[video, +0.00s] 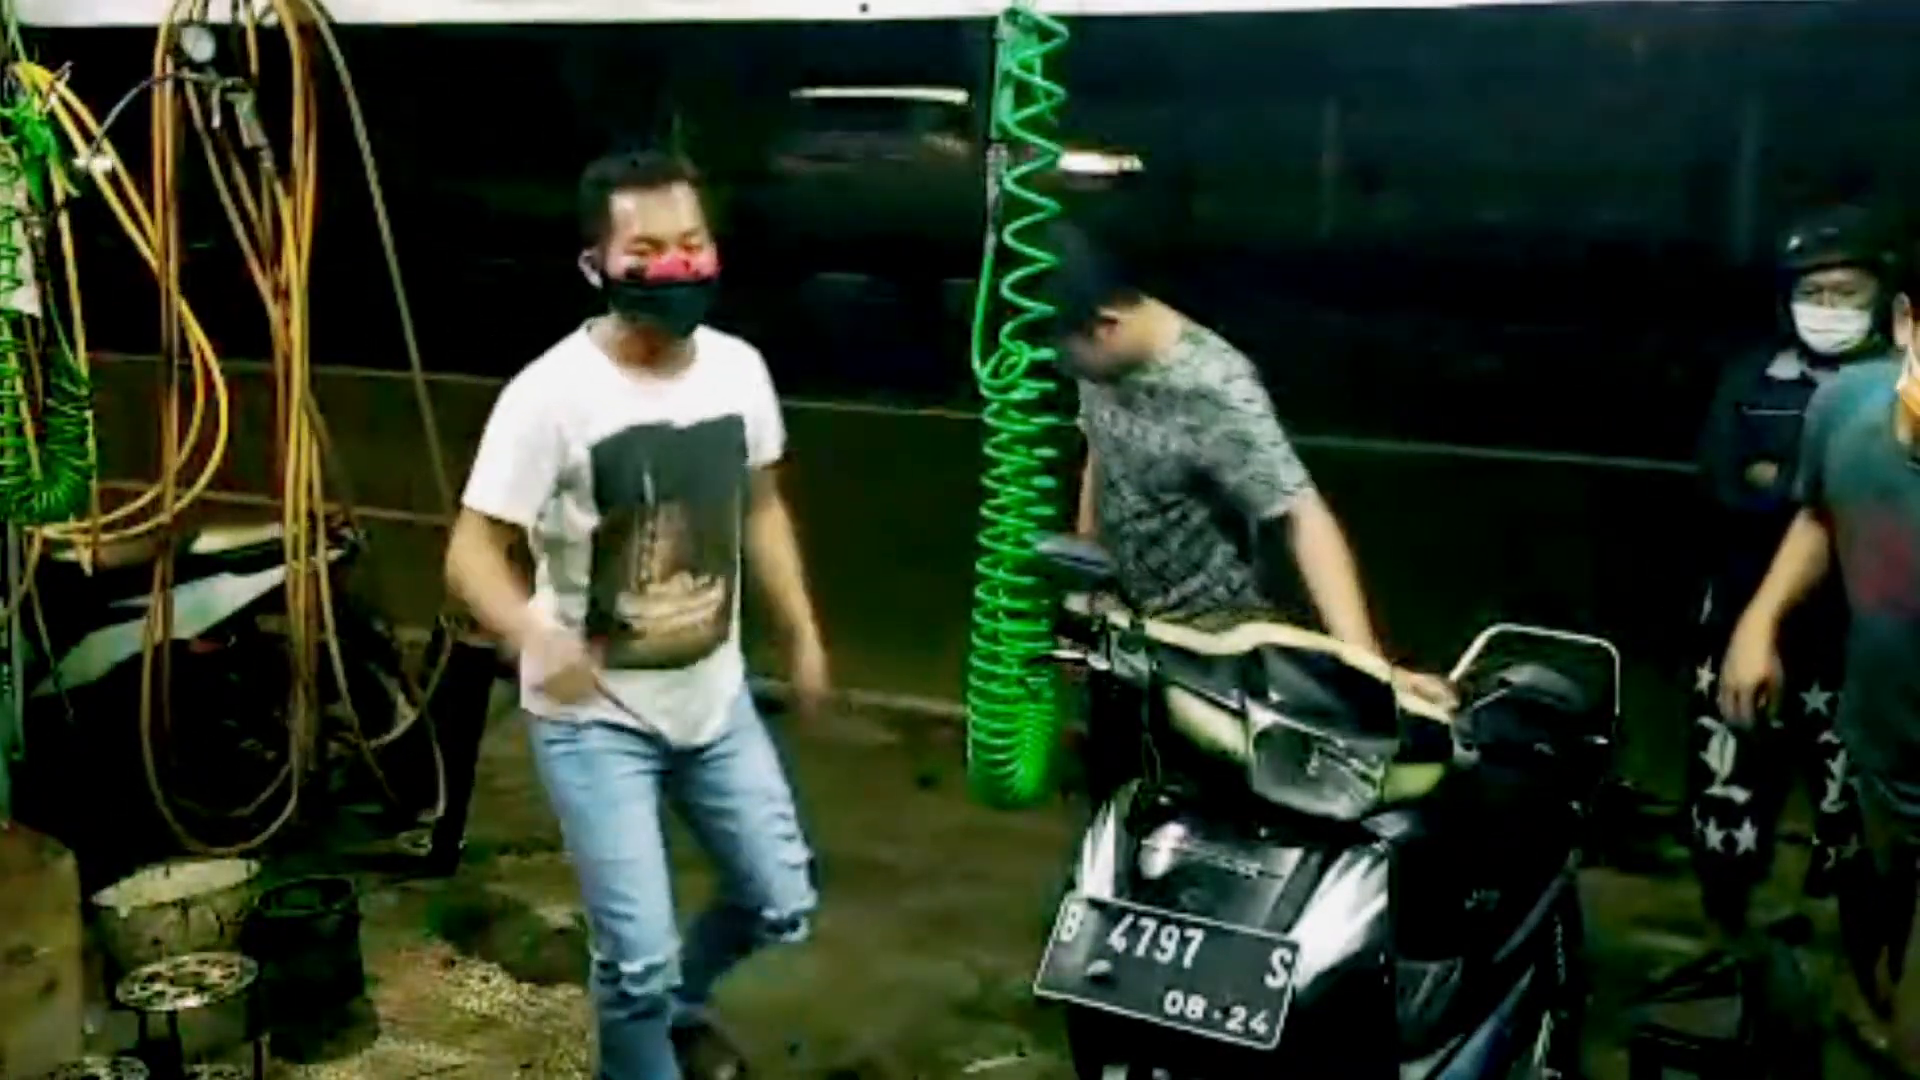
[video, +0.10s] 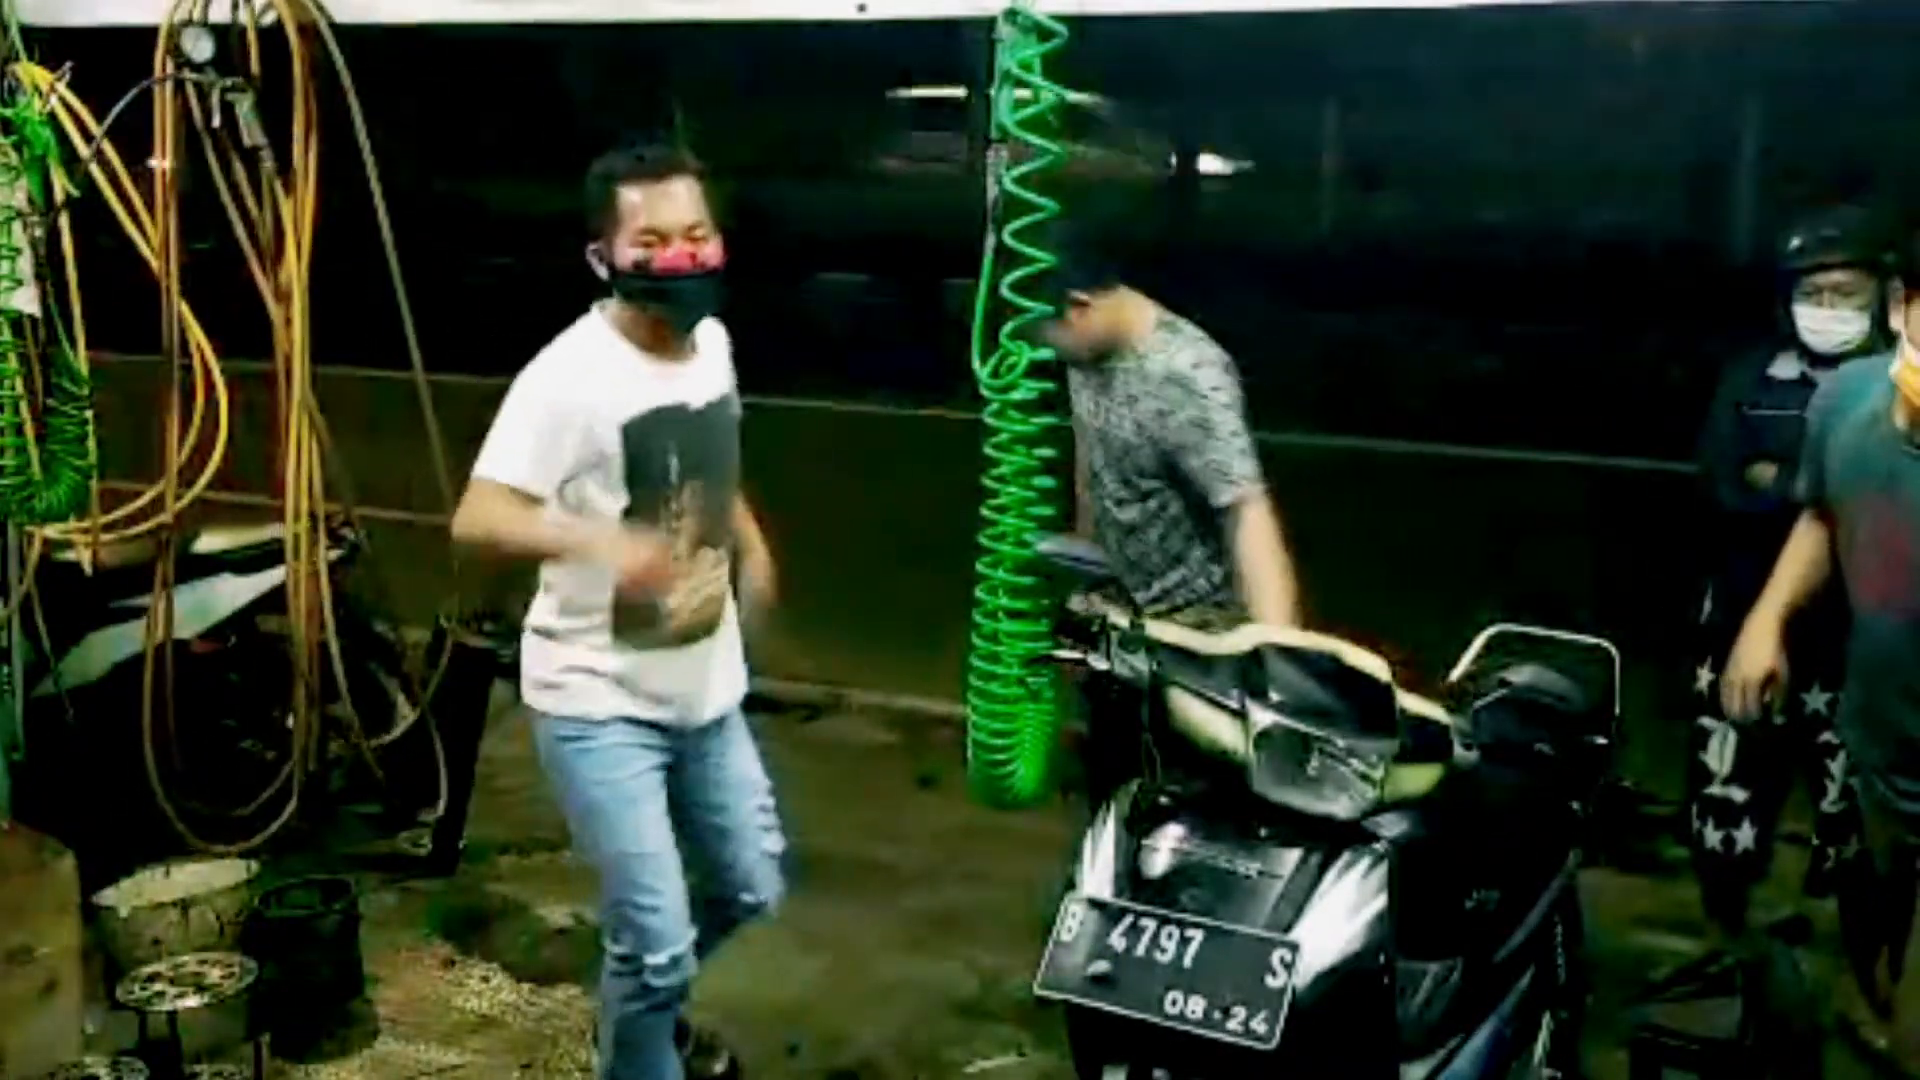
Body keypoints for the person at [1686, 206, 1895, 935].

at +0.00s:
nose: (1831, 309)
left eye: (1848, 293)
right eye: (1814, 293)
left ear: (1882, 305)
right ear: (1788, 300)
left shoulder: (1885, 393)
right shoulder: (1755, 385)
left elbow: (1875, 507)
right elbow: (1719, 487)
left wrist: (1779, 478)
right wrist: (1755, 628)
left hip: (1849, 630)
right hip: (1751, 619)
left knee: (1849, 781)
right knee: (1730, 788)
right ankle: (1726, 926)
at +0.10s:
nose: (1830, 308)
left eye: (1848, 292)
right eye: (1814, 292)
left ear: (1881, 303)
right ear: (1788, 300)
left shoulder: (1884, 393)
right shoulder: (1755, 385)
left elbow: (1874, 500)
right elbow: (1719, 485)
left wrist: (1780, 478)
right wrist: (1761, 625)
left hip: (1849, 628)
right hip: (1748, 612)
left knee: (1849, 781)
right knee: (1728, 794)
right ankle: (1728, 930)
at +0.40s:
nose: (1831, 311)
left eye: (1851, 294)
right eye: (1815, 294)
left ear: (1882, 301)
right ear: (1788, 301)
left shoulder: (1890, 394)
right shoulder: (1754, 385)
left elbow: (1893, 497)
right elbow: (1714, 485)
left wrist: (1783, 481)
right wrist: (1822, 498)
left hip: (1850, 635)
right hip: (1746, 632)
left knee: (1853, 820)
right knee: (1719, 822)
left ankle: (1866, 964)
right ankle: (1726, 940)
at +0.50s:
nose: (1833, 311)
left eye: (1852, 294)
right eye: (1816, 294)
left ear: (1883, 301)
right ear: (1789, 301)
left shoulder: (1890, 394)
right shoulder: (1755, 385)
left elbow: (1894, 497)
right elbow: (1714, 482)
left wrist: (1784, 484)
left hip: (1850, 633)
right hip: (1748, 628)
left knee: (1853, 810)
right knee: (1723, 808)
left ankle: (1861, 953)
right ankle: (1723, 933)